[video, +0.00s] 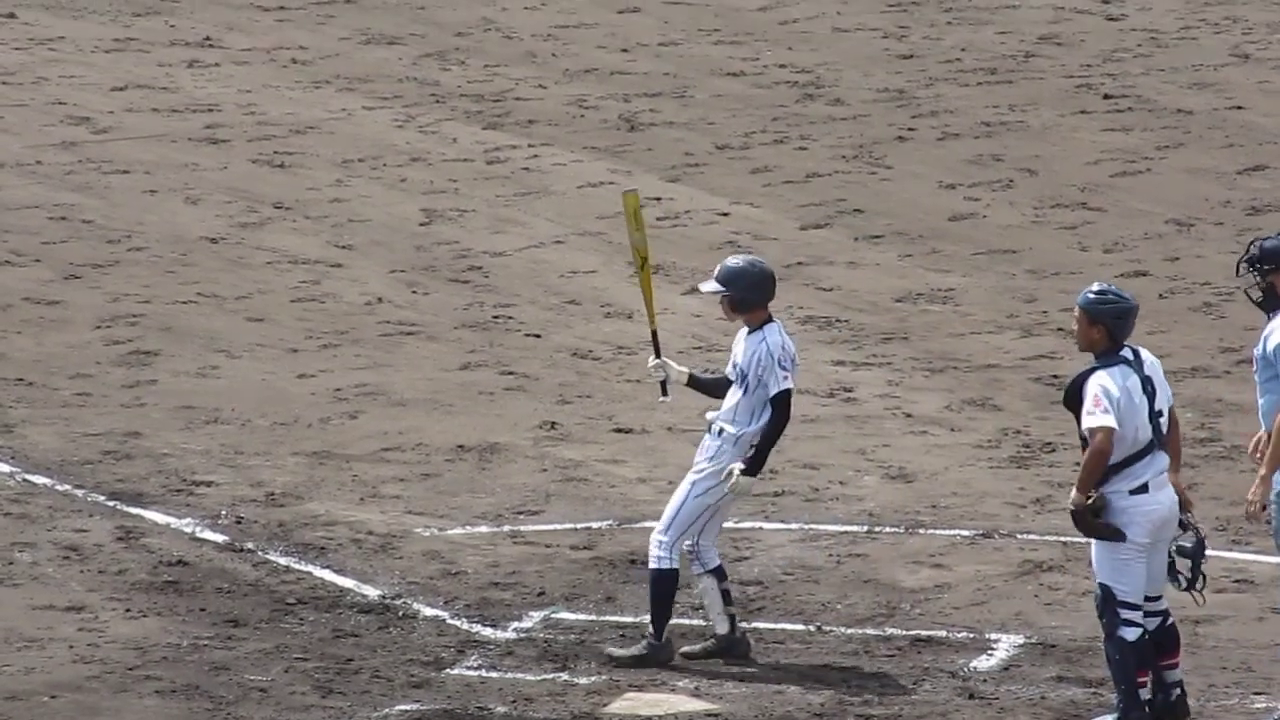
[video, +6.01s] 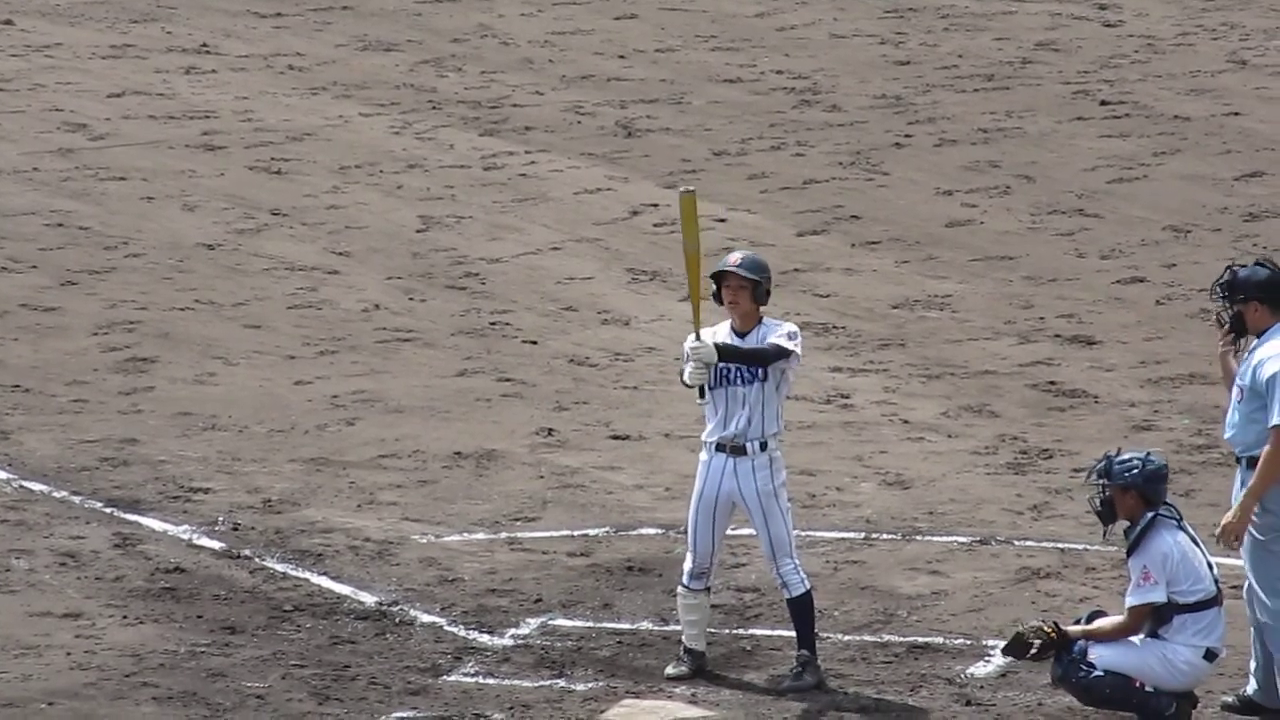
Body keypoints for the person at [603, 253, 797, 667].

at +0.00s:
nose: (719, 302)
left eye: (724, 296)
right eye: (720, 294)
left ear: (742, 299)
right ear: (755, 297)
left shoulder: (770, 345)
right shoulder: (749, 334)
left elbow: (781, 412)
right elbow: (728, 387)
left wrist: (753, 462)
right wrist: (681, 375)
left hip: (726, 456)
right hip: (721, 451)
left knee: (665, 541)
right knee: (701, 546)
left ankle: (656, 641)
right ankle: (728, 636)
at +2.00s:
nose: (667, 382)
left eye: (671, 375)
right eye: (662, 376)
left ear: (690, 360)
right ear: (663, 363)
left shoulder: (744, 358)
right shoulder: (673, 378)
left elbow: (787, 401)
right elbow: (641, 422)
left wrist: (784, 460)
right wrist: (596, 439)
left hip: (767, 467)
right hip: (721, 471)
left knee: (778, 567)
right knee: (705, 564)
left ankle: (799, 663)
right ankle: (711, 664)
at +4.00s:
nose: (735, 365)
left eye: (739, 358)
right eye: (732, 358)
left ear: (761, 347)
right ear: (732, 348)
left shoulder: (809, 370)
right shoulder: (734, 364)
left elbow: (832, 427)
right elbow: (690, 384)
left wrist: (809, 480)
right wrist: (637, 390)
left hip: (795, 479)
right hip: (748, 476)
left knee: (798, 573)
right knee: (722, 567)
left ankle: (815, 665)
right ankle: (737, 621)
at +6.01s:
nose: (730, 293)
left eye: (740, 286)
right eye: (725, 285)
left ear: (760, 291)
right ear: (719, 291)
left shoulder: (782, 331)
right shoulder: (709, 338)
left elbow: (776, 357)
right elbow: (699, 388)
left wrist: (719, 353)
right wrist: (694, 376)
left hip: (760, 463)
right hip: (713, 461)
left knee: (784, 562)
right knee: (697, 560)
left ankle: (808, 661)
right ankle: (692, 653)